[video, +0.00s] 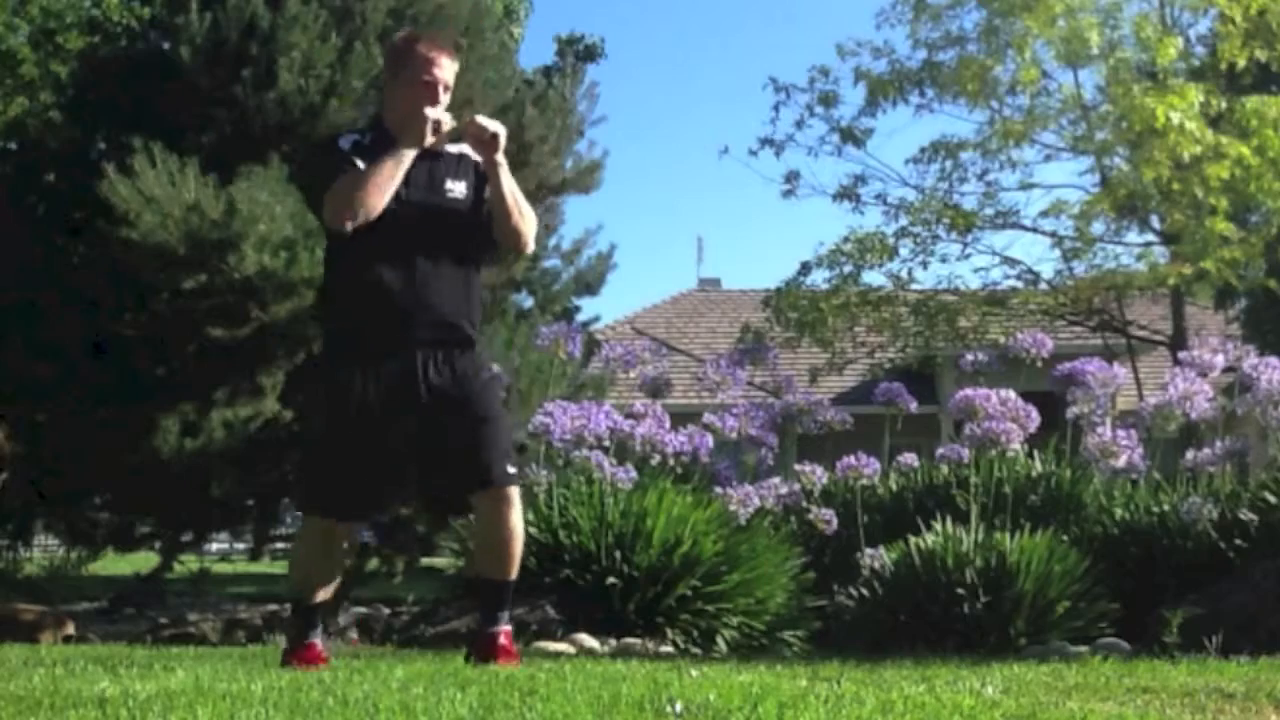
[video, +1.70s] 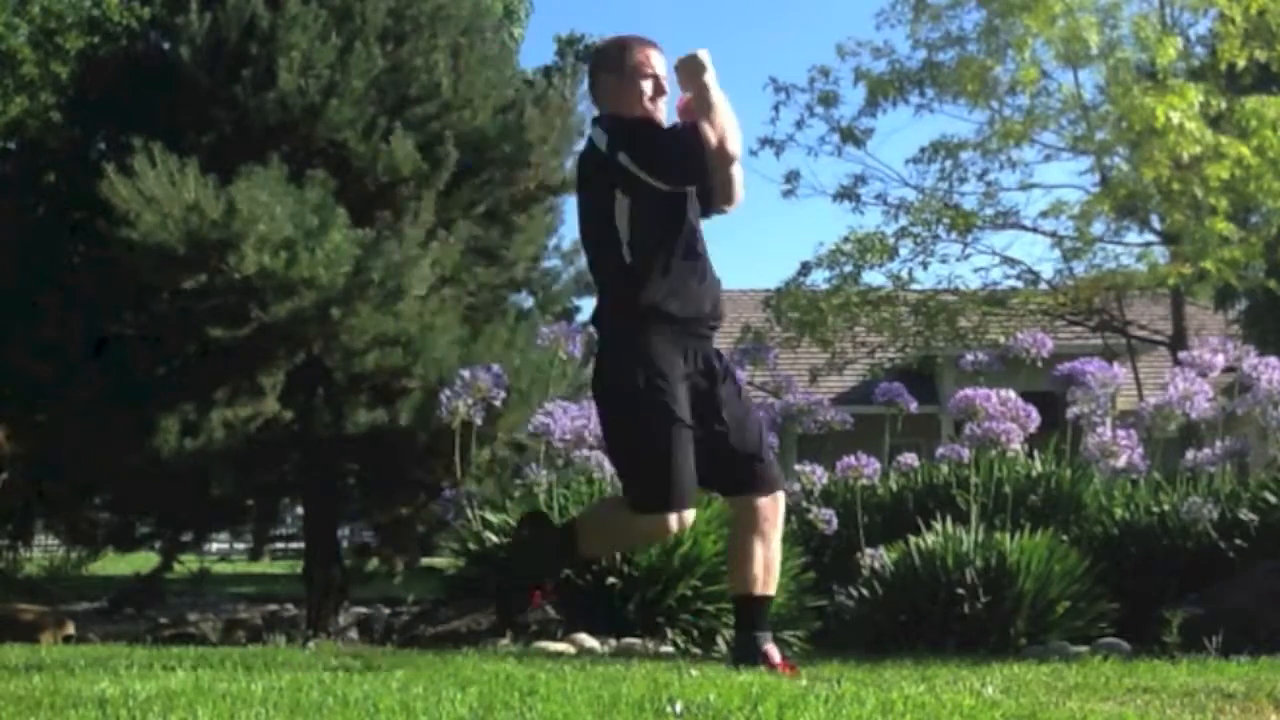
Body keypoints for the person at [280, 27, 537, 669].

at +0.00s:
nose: (435, 96)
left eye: (444, 88)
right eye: (423, 83)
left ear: (454, 95)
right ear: (389, 81)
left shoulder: (474, 167)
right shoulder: (348, 150)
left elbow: (523, 240)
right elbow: (345, 215)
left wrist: (497, 163)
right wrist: (413, 145)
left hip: (455, 362)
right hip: (361, 363)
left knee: (500, 491)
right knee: (333, 509)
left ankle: (495, 632)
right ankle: (306, 640)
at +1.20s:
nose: (475, 90)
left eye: (484, 82)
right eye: (463, 78)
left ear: (491, 91)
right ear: (425, 80)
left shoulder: (510, 156)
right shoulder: (385, 148)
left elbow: (565, 234)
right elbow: (372, 211)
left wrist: (533, 167)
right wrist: (447, 143)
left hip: (506, 347)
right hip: (417, 351)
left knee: (579, 462)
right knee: (380, 507)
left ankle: (548, 607)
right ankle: (351, 641)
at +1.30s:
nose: (501, 86)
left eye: (510, 78)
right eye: (488, 74)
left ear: (520, 86)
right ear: (451, 76)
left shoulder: (535, 148)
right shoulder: (412, 143)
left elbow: (593, 227)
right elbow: (404, 203)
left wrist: (564, 157)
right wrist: (476, 136)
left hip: (531, 348)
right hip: (439, 353)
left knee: (609, 458)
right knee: (394, 504)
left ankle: (622, 618)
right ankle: (355, 631)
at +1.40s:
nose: (536, 110)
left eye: (543, 101)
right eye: (521, 98)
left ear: (550, 110)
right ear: (481, 101)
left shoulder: (568, 177)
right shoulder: (440, 164)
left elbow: (634, 240)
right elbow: (453, 212)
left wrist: (604, 164)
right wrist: (525, 147)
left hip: (553, 375)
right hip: (459, 376)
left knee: (626, 490)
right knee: (404, 518)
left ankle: (708, 618)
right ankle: (360, 637)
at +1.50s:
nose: (578, 128)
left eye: (584, 118)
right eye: (562, 115)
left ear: (595, 130)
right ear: (521, 126)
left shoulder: (611, 207)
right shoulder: (498, 191)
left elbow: (684, 237)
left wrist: (651, 163)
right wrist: (603, 141)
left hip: (593, 402)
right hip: (501, 398)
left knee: (677, 512)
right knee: (421, 531)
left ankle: (725, 646)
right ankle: (364, 640)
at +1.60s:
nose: (628, 112)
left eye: (631, 104)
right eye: (613, 101)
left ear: (634, 116)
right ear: (570, 114)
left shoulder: (635, 180)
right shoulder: (573, 178)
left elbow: (706, 215)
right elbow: (666, 175)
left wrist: (683, 140)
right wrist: (668, 107)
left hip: (658, 385)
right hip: (582, 388)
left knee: (746, 495)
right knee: (499, 533)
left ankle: (750, 642)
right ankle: (388, 623)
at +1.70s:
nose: (657, 87)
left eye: (661, 78)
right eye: (642, 77)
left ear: (664, 88)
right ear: (603, 91)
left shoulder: (660, 148)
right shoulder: (610, 146)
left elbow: (722, 195)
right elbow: (704, 156)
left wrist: (711, 121)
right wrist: (703, 94)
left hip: (700, 345)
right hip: (641, 346)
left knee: (762, 496)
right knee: (664, 515)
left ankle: (752, 642)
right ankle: (550, 548)